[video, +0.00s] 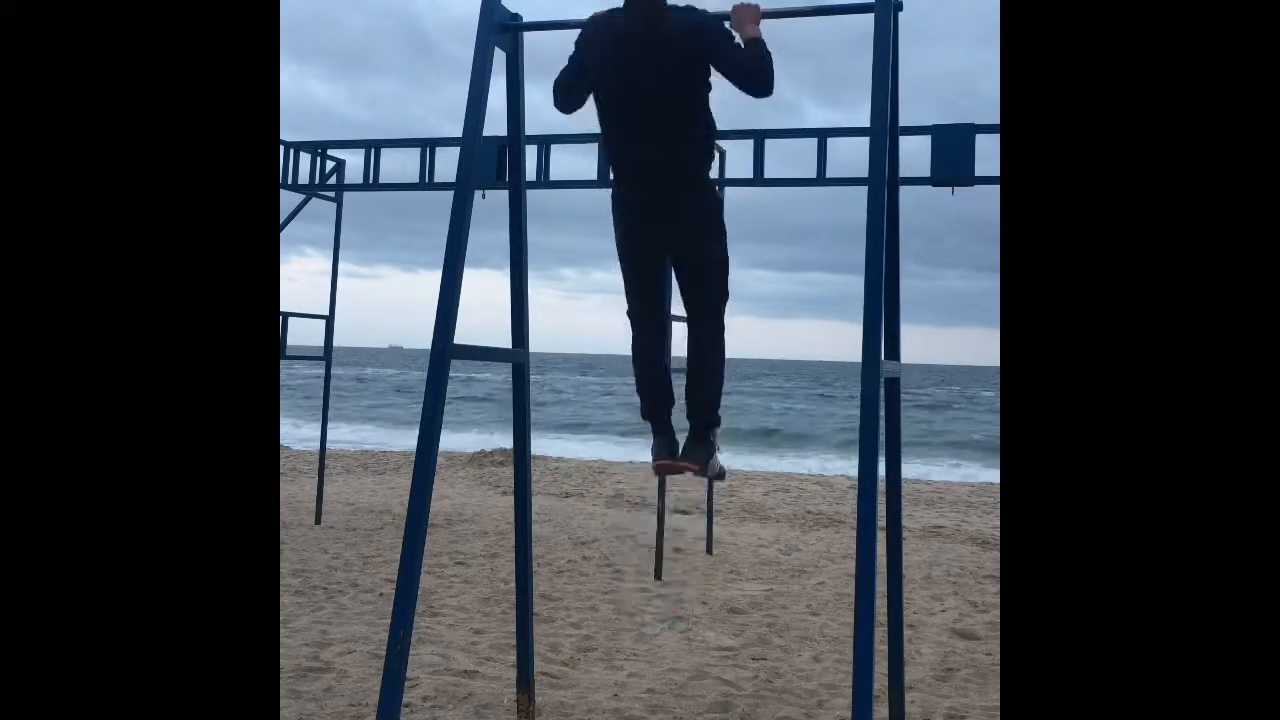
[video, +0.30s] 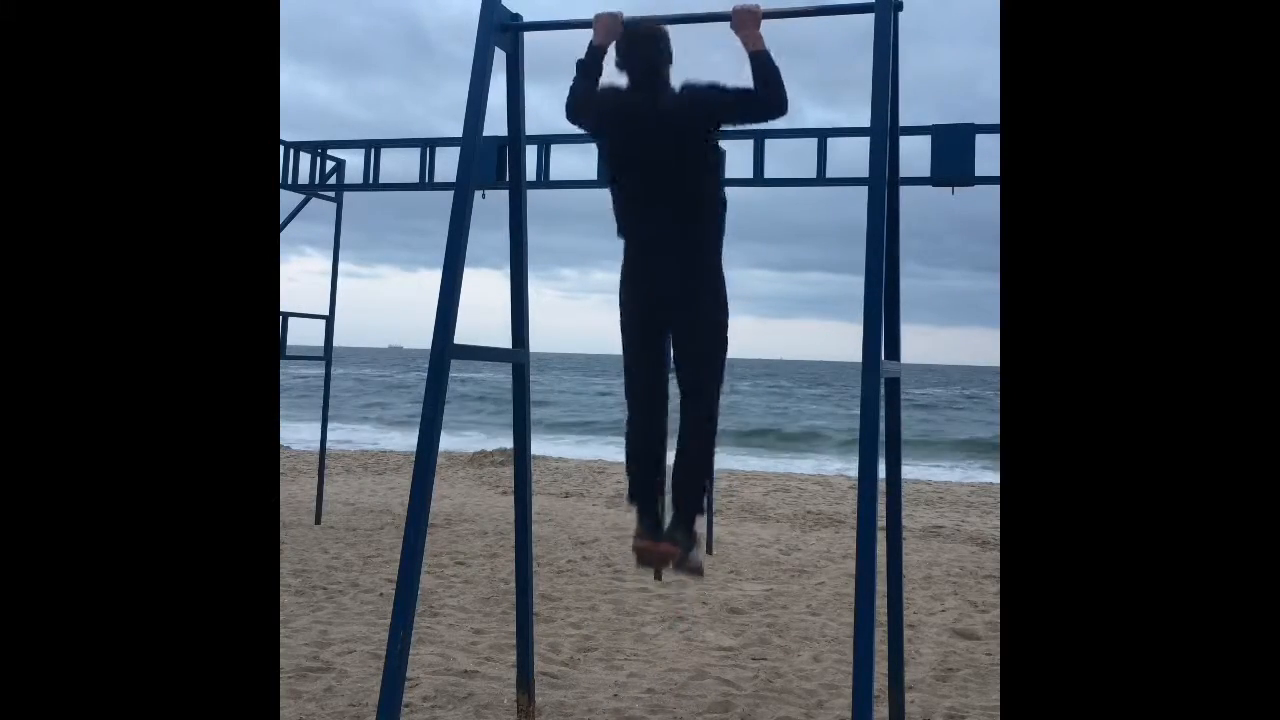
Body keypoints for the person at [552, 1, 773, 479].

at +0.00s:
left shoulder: (600, 32)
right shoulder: (697, 25)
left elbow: (566, 99)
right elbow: (759, 81)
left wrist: (596, 40)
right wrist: (751, 33)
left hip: (635, 204)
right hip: (693, 200)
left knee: (647, 323)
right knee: (707, 319)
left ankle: (662, 441)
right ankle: (701, 443)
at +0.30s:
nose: (656, 61)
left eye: (636, 55)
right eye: (660, 52)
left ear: (623, 64)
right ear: (669, 59)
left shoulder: (609, 110)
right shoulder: (702, 103)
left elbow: (576, 103)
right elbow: (773, 101)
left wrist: (597, 44)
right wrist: (754, 40)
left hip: (640, 280)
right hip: (699, 280)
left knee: (645, 403)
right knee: (699, 405)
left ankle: (648, 529)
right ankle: (681, 533)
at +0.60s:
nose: (684, 130)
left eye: (673, 127)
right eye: (682, 125)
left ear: (632, 140)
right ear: (680, 136)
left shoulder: (623, 171)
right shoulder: (708, 167)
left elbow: (591, 113)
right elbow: (758, 114)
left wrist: (600, 45)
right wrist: (750, 45)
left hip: (647, 341)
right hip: (701, 343)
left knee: (636, 474)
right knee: (691, 483)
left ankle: (625, 603)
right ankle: (662, 612)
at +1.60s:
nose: (660, 78)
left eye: (642, 71)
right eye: (663, 70)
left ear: (624, 82)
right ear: (670, 76)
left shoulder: (610, 125)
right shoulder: (703, 117)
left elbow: (580, 103)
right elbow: (772, 102)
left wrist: (598, 44)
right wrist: (753, 40)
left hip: (642, 292)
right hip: (701, 291)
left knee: (649, 417)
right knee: (702, 417)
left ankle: (656, 543)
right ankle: (689, 543)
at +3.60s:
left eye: (619, 26)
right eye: (647, 24)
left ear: (612, 36)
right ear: (657, 31)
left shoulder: (596, 90)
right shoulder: (689, 75)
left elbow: (575, 102)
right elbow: (757, 102)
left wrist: (596, 41)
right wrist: (750, 41)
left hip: (633, 252)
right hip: (693, 249)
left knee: (643, 370)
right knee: (700, 372)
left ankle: (652, 492)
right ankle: (689, 494)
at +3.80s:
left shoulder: (601, 33)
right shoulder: (696, 24)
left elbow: (567, 99)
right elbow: (758, 82)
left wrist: (595, 33)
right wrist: (751, 34)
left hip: (635, 200)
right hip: (694, 197)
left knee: (649, 321)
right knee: (707, 318)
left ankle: (667, 440)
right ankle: (703, 443)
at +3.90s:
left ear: (626, 2)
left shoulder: (604, 39)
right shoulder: (698, 31)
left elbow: (567, 101)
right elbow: (761, 86)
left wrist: (596, 33)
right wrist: (751, 35)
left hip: (637, 208)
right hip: (696, 205)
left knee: (649, 330)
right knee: (707, 326)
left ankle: (665, 452)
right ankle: (703, 453)